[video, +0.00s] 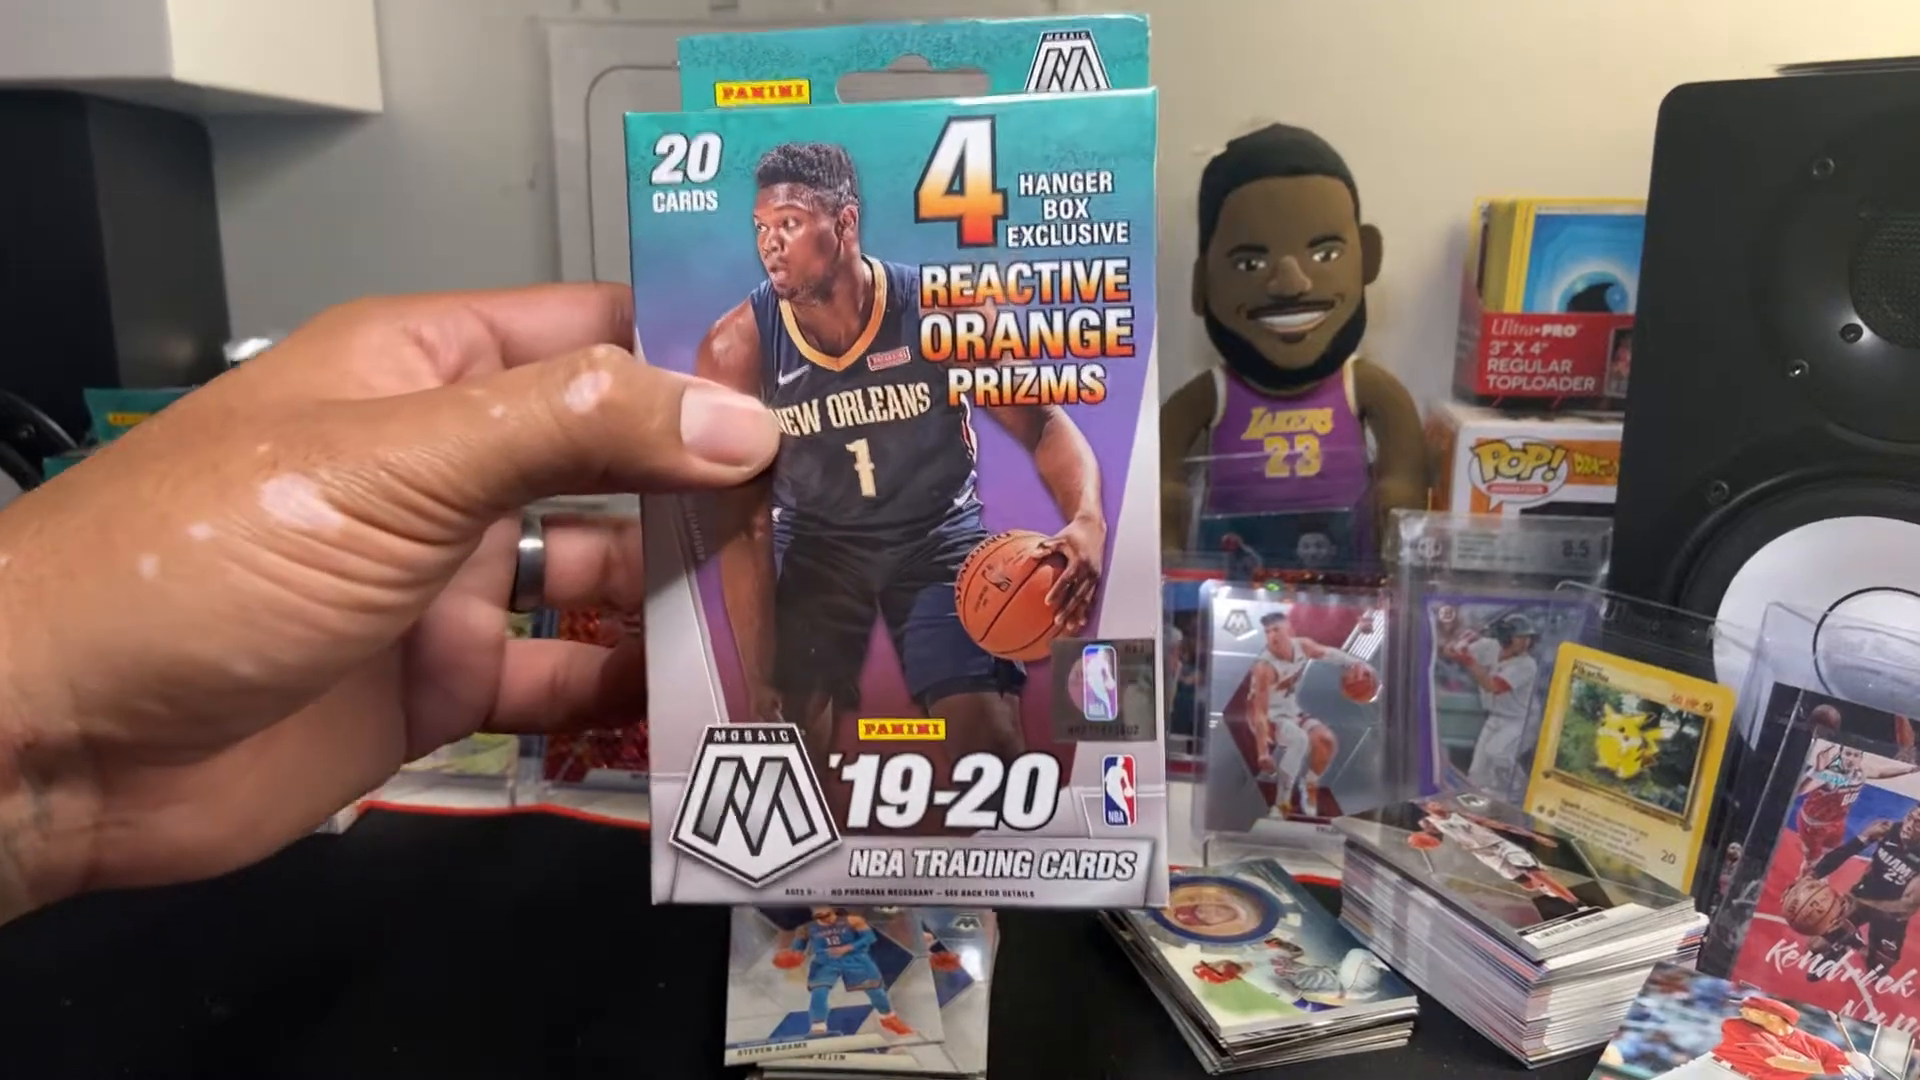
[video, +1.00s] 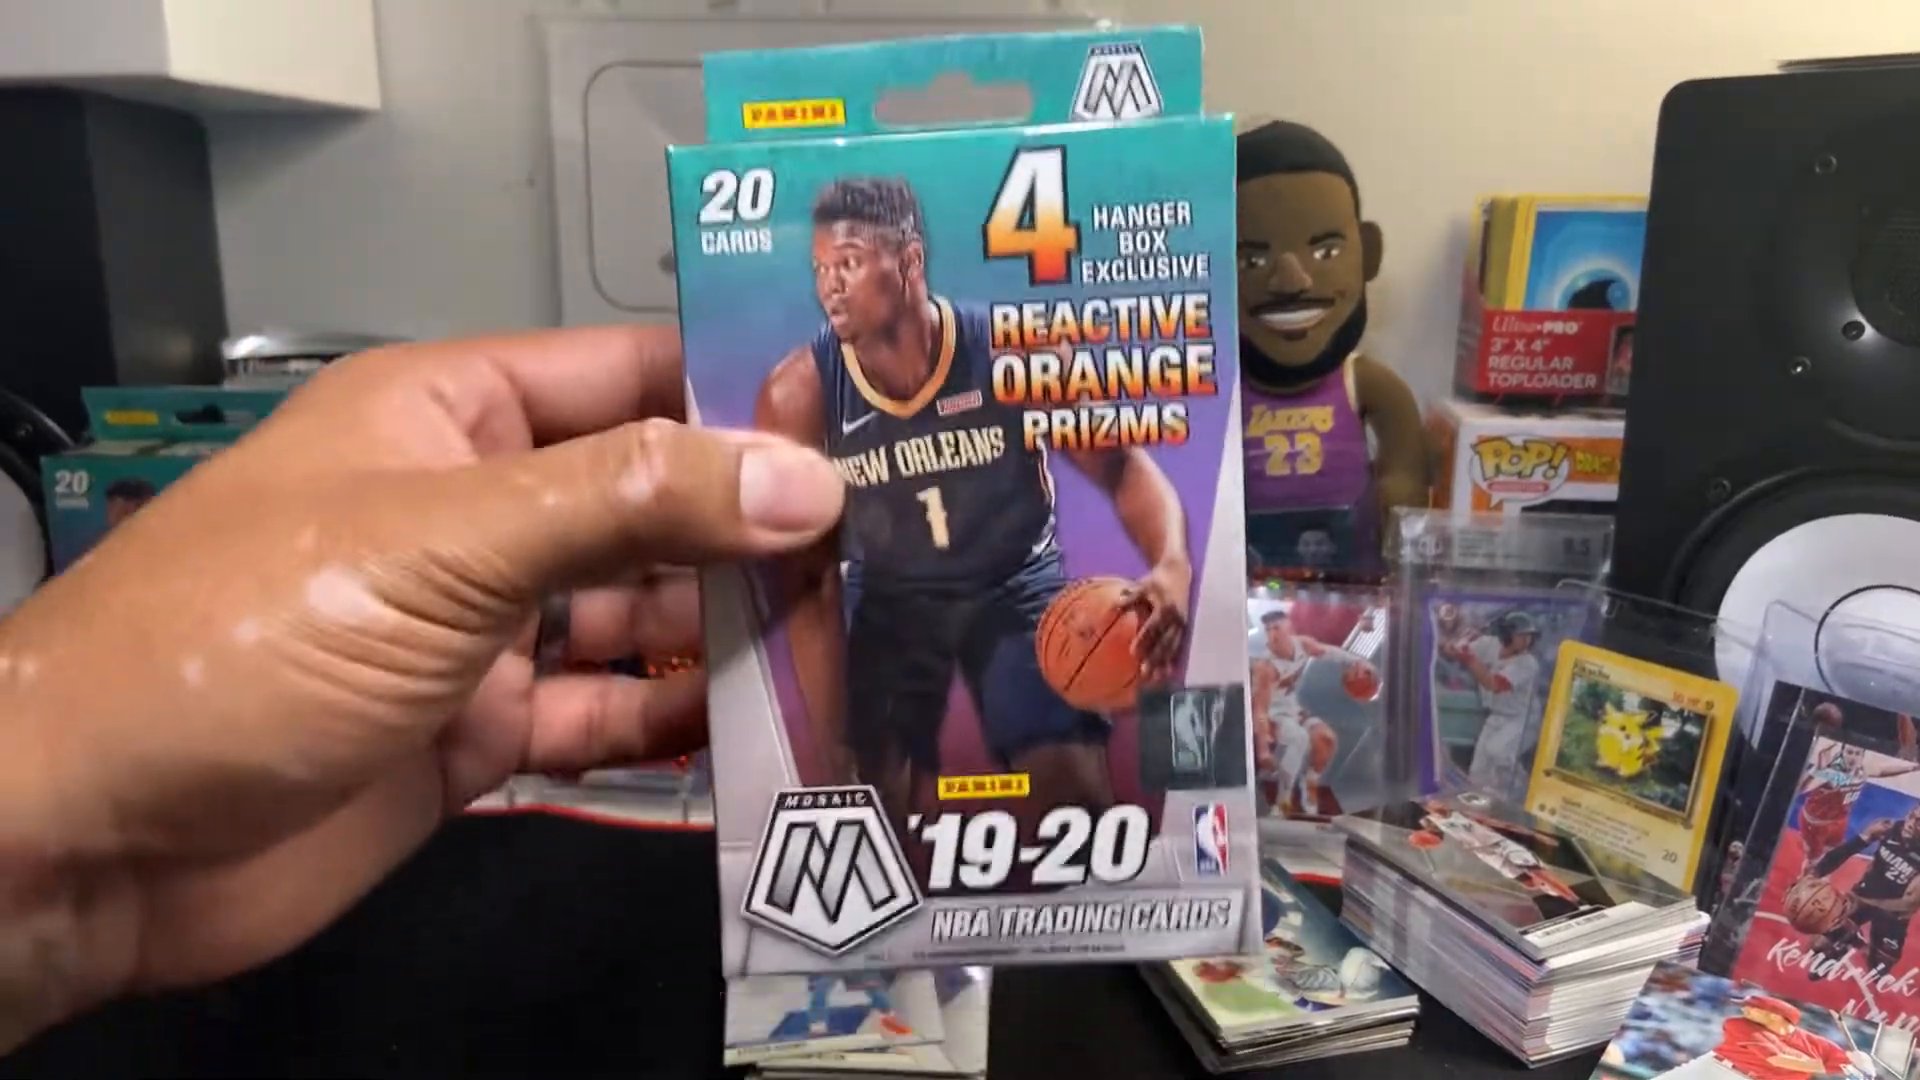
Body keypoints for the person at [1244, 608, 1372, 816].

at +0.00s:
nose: (1273, 636)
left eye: (1277, 630)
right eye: (1268, 632)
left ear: (1288, 630)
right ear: (1265, 636)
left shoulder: (1303, 646)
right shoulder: (1263, 667)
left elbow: (1331, 654)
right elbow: (1259, 713)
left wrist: (1358, 663)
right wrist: (1263, 753)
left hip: (1294, 712)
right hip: (1270, 716)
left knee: (1326, 741)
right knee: (1299, 740)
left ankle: (1310, 785)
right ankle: (1281, 804)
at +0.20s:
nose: (1273, 635)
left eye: (1278, 629)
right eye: (1269, 630)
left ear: (1289, 629)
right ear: (1265, 634)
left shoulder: (1303, 644)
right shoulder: (1264, 666)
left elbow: (1331, 653)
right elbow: (1259, 711)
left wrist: (1358, 662)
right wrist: (1263, 752)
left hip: (1294, 710)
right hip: (1271, 714)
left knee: (1326, 740)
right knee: (1300, 738)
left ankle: (1310, 784)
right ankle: (1281, 803)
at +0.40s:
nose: (1274, 633)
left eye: (1278, 627)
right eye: (1269, 629)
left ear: (1289, 628)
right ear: (1266, 633)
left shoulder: (1302, 643)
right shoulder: (1263, 665)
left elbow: (1330, 651)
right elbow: (1258, 710)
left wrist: (1358, 661)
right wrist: (1263, 750)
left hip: (1294, 709)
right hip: (1271, 713)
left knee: (1327, 739)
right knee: (1299, 737)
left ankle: (1310, 782)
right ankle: (1281, 800)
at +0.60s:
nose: (1273, 634)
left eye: (1278, 627)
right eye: (1269, 629)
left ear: (1289, 628)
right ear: (1266, 633)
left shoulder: (1303, 644)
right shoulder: (1264, 664)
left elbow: (1331, 652)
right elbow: (1259, 710)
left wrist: (1359, 661)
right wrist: (1264, 751)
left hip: (1294, 710)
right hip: (1270, 713)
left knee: (1326, 739)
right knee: (1299, 737)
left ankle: (1310, 784)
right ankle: (1282, 801)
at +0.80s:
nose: (1275, 635)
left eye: (1279, 628)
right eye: (1270, 630)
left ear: (1289, 629)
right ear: (1266, 634)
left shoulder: (1303, 645)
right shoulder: (1266, 665)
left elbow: (1331, 653)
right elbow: (1260, 709)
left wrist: (1359, 662)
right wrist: (1263, 749)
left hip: (1295, 710)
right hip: (1273, 713)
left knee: (1326, 741)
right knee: (1299, 739)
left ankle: (1311, 786)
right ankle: (1282, 801)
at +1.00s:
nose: (1274, 634)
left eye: (1278, 628)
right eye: (1269, 629)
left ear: (1289, 628)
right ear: (1265, 633)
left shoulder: (1303, 645)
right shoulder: (1264, 666)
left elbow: (1331, 652)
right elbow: (1260, 710)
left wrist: (1360, 662)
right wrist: (1263, 750)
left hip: (1295, 709)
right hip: (1272, 713)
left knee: (1326, 740)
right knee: (1299, 739)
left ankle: (1311, 787)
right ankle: (1282, 801)